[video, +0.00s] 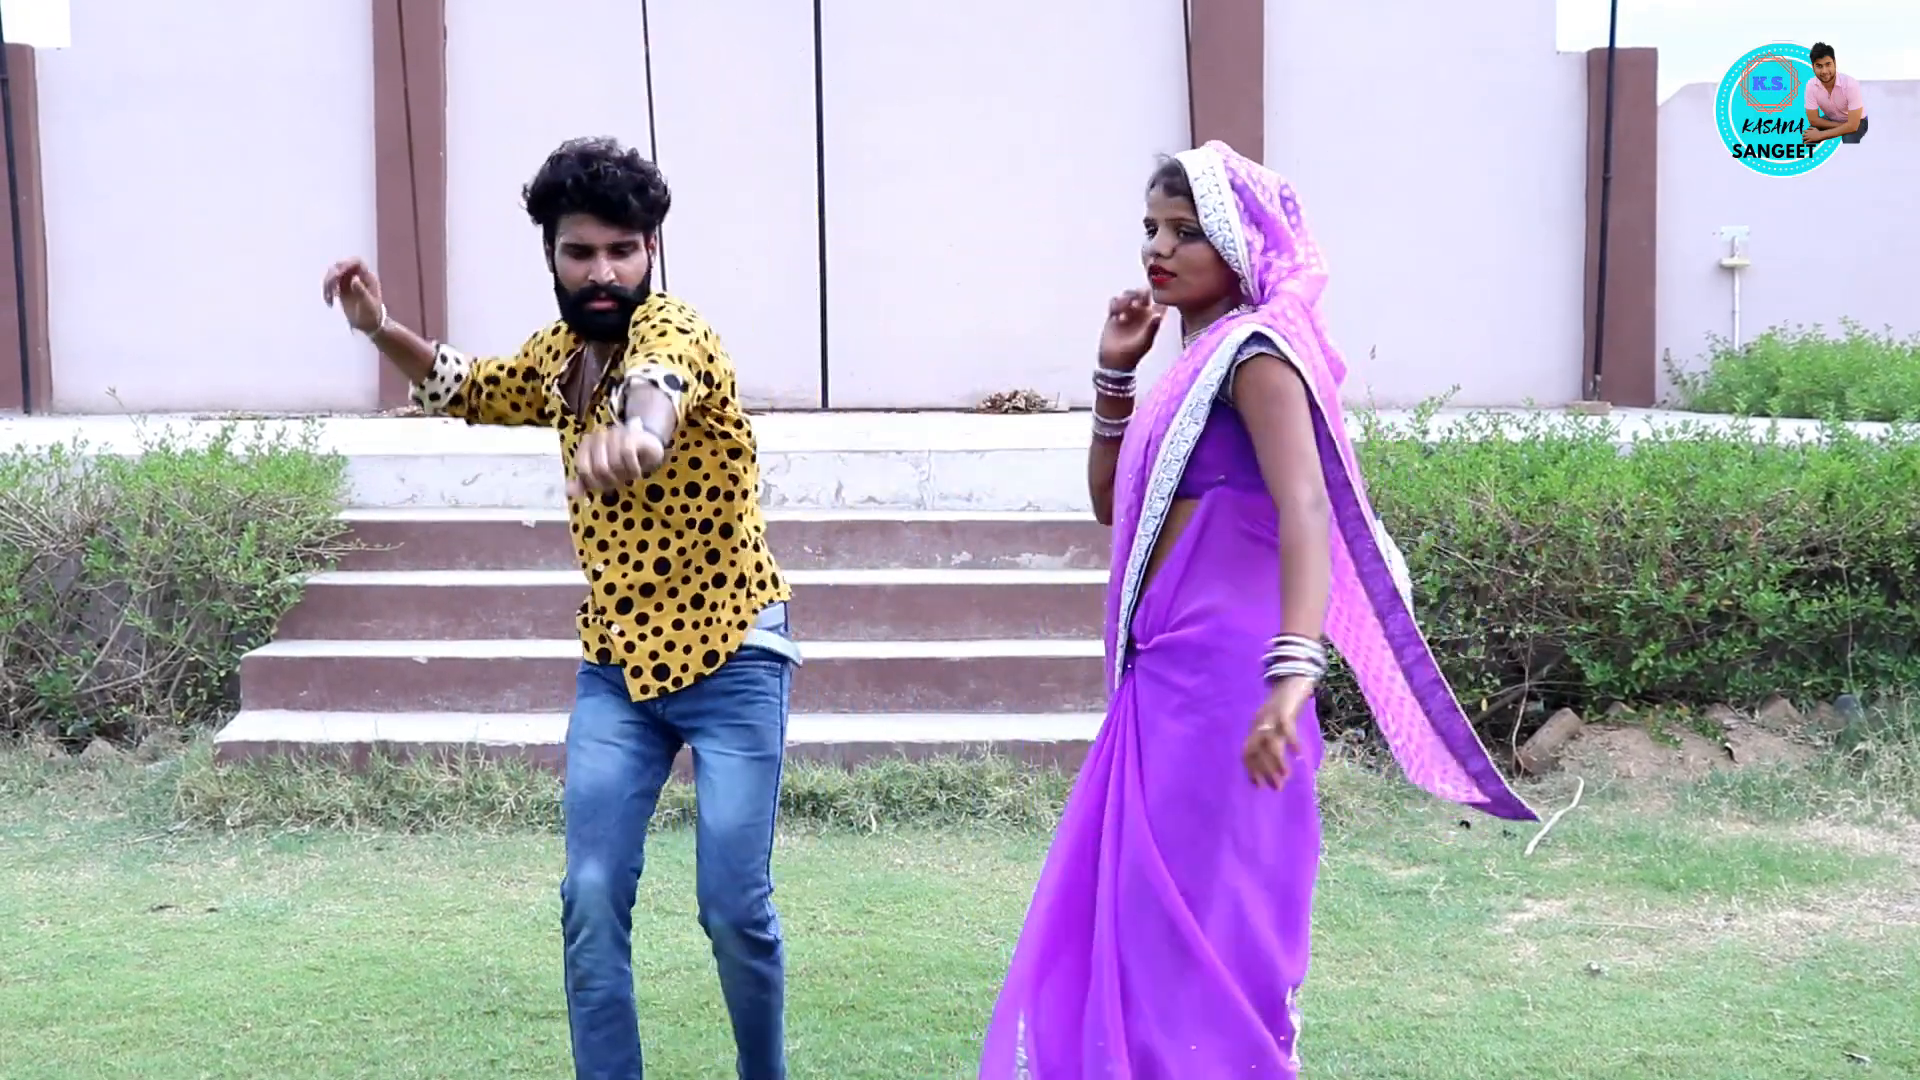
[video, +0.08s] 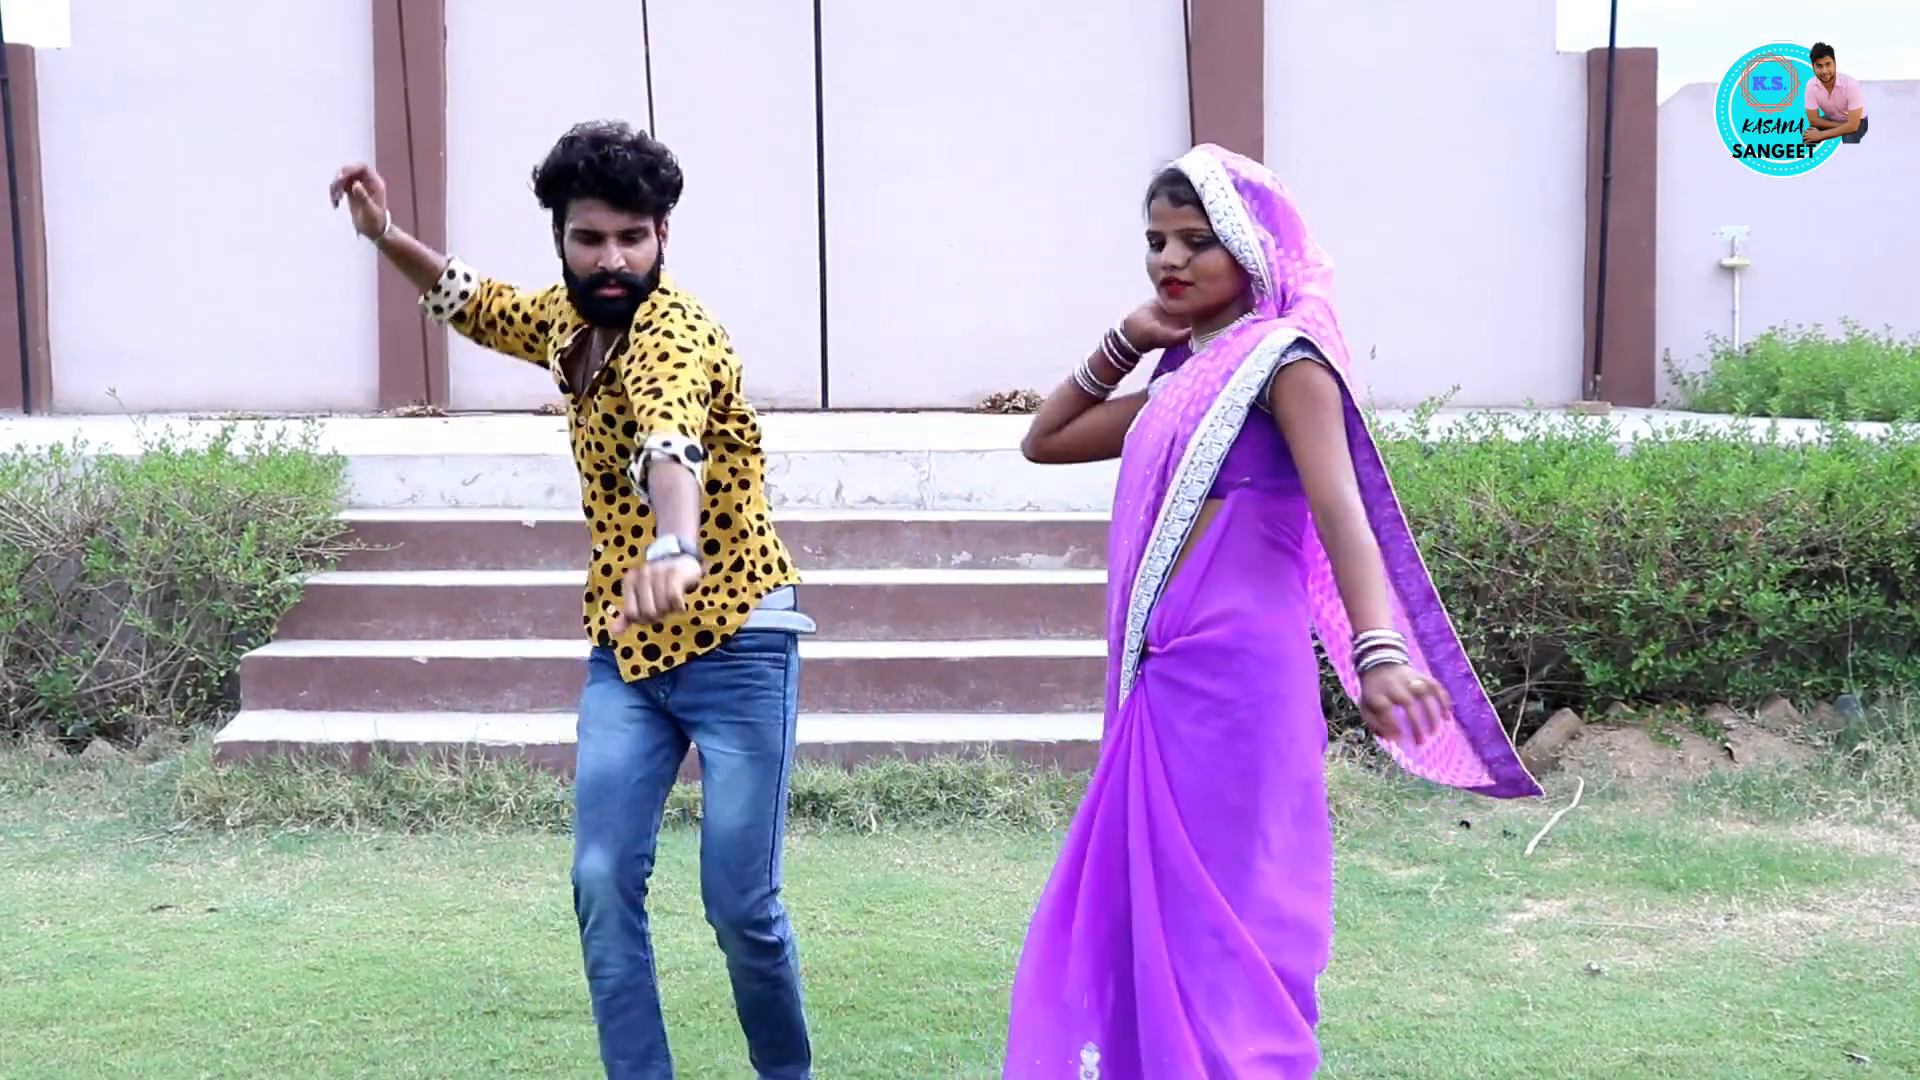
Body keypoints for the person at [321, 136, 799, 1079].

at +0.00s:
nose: (602, 274)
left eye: (622, 253)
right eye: (579, 253)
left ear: (653, 253)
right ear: (551, 258)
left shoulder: (669, 331)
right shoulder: (554, 361)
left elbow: (656, 389)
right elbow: (463, 387)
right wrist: (383, 329)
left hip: (734, 660)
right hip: (618, 666)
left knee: (733, 904)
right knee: (592, 895)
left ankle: (764, 1071)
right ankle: (608, 1073)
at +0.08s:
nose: (612, 261)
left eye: (633, 239)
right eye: (589, 240)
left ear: (664, 237)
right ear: (559, 241)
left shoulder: (675, 333)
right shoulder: (565, 323)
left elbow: (667, 444)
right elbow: (471, 301)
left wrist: (670, 545)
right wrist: (387, 235)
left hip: (740, 650)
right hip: (626, 656)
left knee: (740, 901)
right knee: (601, 881)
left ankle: (787, 1070)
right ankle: (641, 1074)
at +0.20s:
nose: (629, 273)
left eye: (652, 251)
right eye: (608, 249)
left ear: (683, 251)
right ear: (576, 251)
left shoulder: (685, 366)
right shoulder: (593, 321)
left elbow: (706, 536)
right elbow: (512, 228)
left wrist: (725, 696)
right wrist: (415, 127)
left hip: (736, 668)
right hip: (631, 670)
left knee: (714, 924)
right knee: (620, 916)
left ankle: (786, 1072)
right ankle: (695, 1079)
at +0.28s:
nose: (639, 288)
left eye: (662, 267)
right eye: (618, 267)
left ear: (692, 269)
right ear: (587, 267)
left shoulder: (703, 392)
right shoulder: (611, 340)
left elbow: (736, 586)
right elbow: (535, 216)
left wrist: (766, 764)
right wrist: (442, 88)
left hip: (723, 708)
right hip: (623, 703)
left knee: (699, 944)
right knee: (615, 926)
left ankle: (801, 1071)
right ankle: (691, 1079)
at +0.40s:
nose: (659, 271)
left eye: (683, 252)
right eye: (639, 247)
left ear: (710, 255)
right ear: (602, 244)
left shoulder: (723, 380)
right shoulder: (611, 322)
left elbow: (781, 578)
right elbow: (538, 193)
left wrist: (840, 768)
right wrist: (463, 42)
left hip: (732, 690)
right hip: (624, 692)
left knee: (710, 929)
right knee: (624, 927)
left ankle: (799, 1067)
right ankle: (689, 1076)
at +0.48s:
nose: (672, 246)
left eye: (695, 227)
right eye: (651, 222)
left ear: (724, 229)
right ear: (615, 218)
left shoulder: (744, 357)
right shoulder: (598, 288)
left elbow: (811, 555)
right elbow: (517, 147)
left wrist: (874, 735)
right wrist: (458, 16)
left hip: (741, 669)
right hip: (628, 671)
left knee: (731, 915)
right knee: (648, 931)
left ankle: (787, 1060)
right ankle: (701, 1078)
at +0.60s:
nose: (670, 231)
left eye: (695, 211)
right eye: (653, 206)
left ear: (736, 214)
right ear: (629, 203)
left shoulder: (789, 351)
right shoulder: (591, 269)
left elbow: (848, 536)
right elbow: (487, 148)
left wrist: (905, 692)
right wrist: (422, 8)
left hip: (762, 664)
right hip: (635, 667)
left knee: (775, 913)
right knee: (651, 928)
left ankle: (753, 994)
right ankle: (703, 1073)